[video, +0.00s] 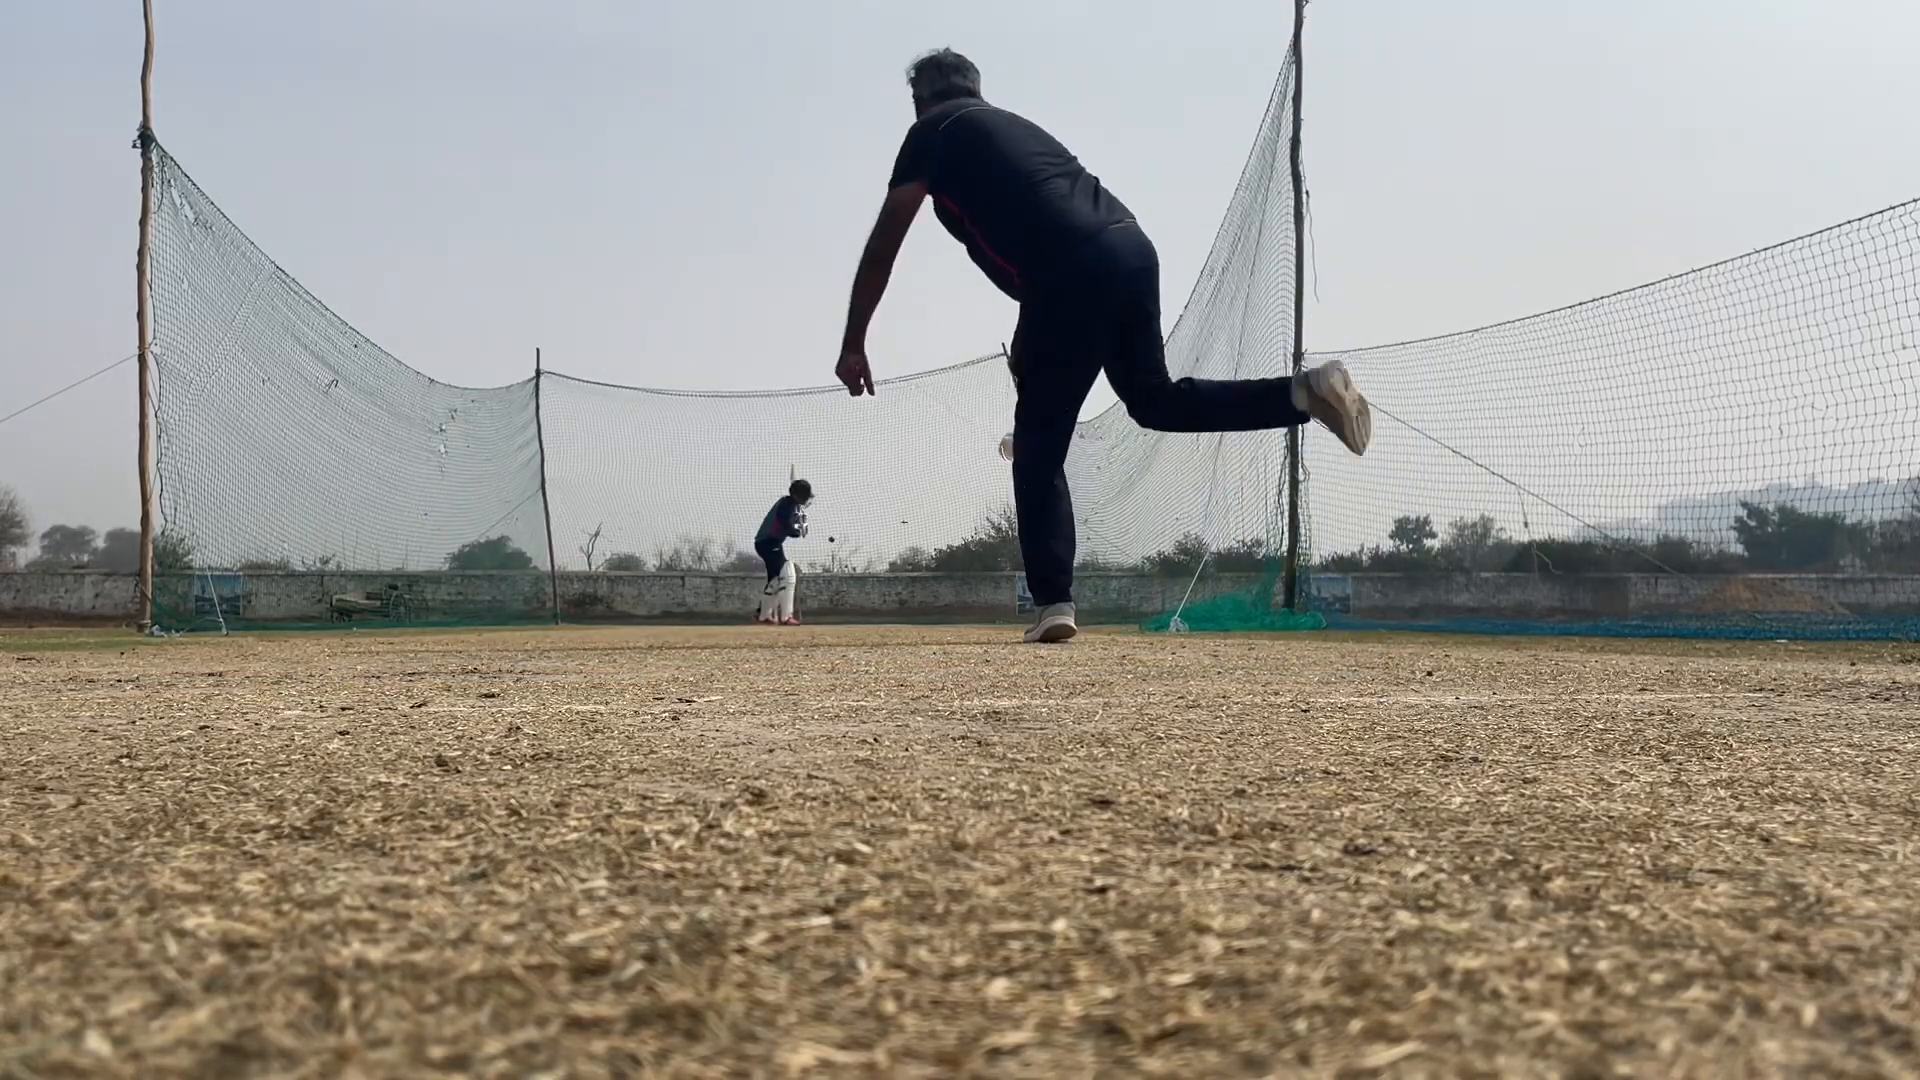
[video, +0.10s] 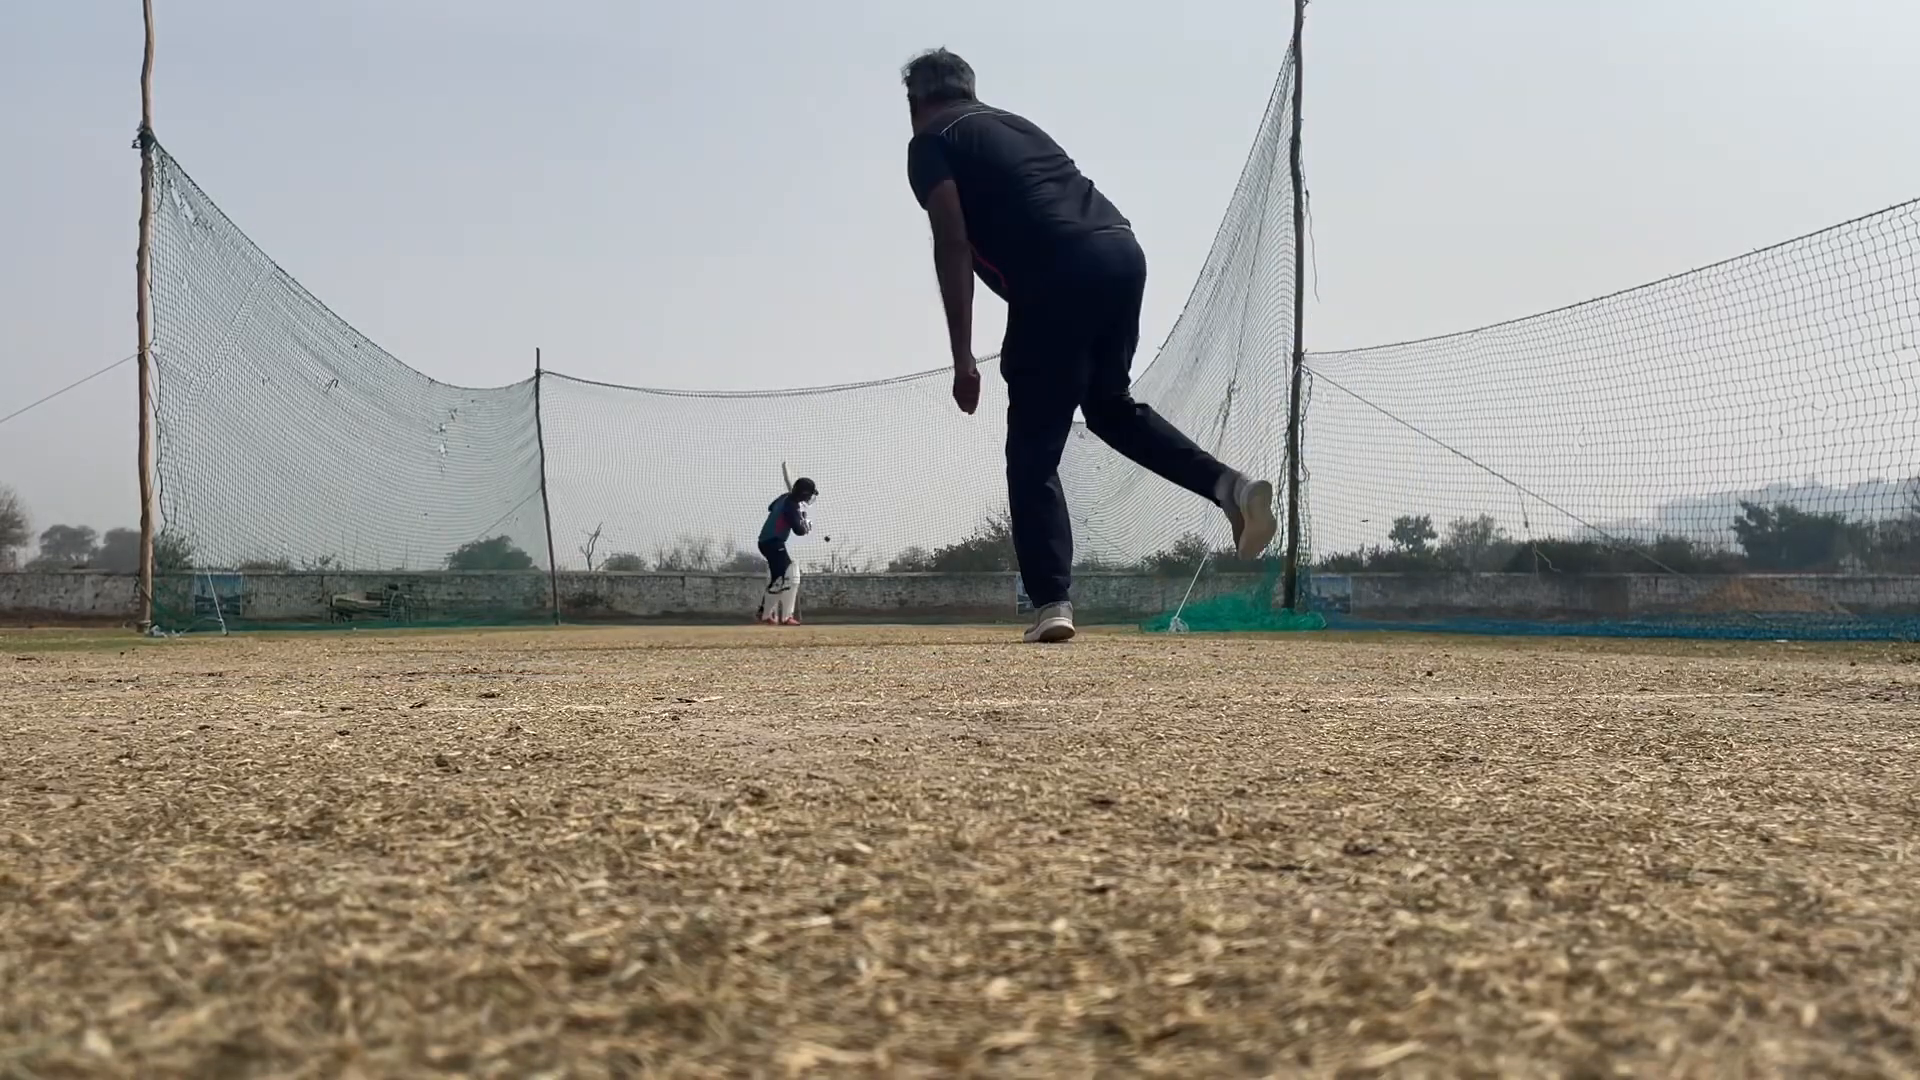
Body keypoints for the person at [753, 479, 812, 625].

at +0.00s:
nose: (806, 500)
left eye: (807, 497)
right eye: (805, 497)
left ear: (795, 494)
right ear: (797, 495)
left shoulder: (792, 504)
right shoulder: (787, 506)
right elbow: (788, 528)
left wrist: (800, 521)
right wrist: (799, 532)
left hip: (773, 542)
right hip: (767, 543)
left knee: (776, 578)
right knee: (783, 576)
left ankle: (765, 614)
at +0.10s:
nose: (810, 498)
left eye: (811, 495)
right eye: (809, 494)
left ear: (796, 490)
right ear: (804, 493)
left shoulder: (784, 498)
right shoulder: (792, 504)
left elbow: (771, 507)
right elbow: (800, 530)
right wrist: (806, 522)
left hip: (766, 542)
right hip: (774, 543)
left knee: (778, 578)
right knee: (791, 575)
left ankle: (767, 614)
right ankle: (787, 616)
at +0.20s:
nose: (812, 495)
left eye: (813, 492)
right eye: (812, 492)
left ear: (799, 487)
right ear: (806, 490)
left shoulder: (784, 496)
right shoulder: (794, 502)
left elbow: (769, 506)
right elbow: (804, 529)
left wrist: (788, 512)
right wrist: (808, 520)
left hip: (768, 541)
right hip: (777, 542)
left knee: (779, 577)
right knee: (794, 574)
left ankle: (769, 613)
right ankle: (787, 615)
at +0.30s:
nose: (812, 494)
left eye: (814, 491)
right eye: (812, 490)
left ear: (798, 485)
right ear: (807, 489)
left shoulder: (784, 495)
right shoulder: (796, 502)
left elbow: (768, 506)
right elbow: (807, 528)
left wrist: (785, 512)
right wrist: (810, 522)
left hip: (769, 541)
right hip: (779, 542)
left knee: (780, 577)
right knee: (796, 574)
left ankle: (770, 613)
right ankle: (787, 615)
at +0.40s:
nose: (812, 493)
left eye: (814, 490)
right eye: (812, 490)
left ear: (798, 484)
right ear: (807, 488)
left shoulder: (784, 495)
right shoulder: (798, 502)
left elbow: (768, 507)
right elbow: (808, 528)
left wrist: (784, 512)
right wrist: (810, 522)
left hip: (770, 541)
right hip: (781, 542)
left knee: (781, 576)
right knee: (795, 574)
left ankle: (770, 611)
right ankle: (787, 615)